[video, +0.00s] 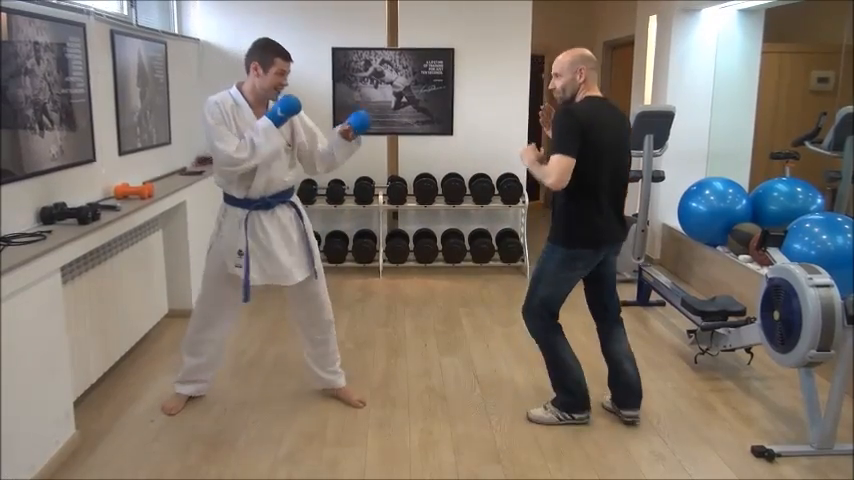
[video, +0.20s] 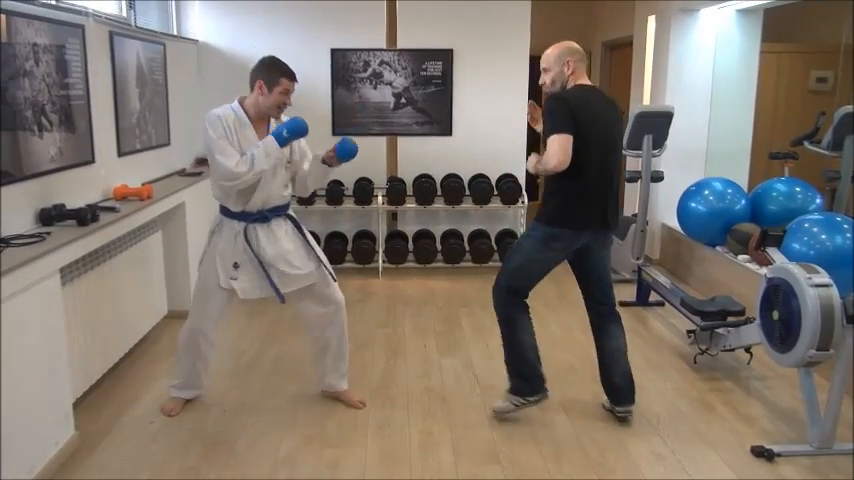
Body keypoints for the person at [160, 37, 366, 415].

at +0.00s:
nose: (284, 82)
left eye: (287, 75)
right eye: (279, 73)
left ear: (267, 73)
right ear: (255, 69)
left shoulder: (286, 111)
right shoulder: (219, 107)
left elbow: (319, 161)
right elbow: (233, 160)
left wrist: (344, 136)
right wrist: (272, 120)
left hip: (286, 215)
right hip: (238, 218)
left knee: (316, 303)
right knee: (212, 304)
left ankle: (332, 379)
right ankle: (189, 385)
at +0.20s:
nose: (287, 103)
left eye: (290, 97)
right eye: (284, 95)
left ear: (267, 91)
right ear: (259, 87)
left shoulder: (282, 128)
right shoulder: (219, 121)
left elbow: (301, 182)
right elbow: (232, 174)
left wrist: (325, 161)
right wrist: (277, 140)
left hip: (279, 228)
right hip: (232, 230)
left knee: (331, 301)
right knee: (202, 317)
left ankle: (334, 382)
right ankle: (185, 388)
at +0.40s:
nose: (282, 94)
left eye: (284, 88)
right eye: (277, 86)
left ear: (262, 85)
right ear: (253, 81)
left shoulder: (281, 120)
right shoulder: (215, 117)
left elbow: (300, 176)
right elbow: (225, 174)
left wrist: (325, 157)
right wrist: (263, 132)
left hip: (281, 224)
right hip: (233, 227)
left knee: (325, 301)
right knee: (203, 315)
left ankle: (336, 385)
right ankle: (182, 392)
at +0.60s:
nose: (273, 93)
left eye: (276, 86)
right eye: (268, 84)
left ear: (270, 87)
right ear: (243, 79)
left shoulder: (275, 122)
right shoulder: (208, 116)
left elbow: (304, 173)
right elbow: (221, 171)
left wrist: (332, 160)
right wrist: (259, 128)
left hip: (276, 222)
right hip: (227, 225)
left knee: (316, 301)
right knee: (203, 312)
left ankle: (333, 385)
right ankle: (182, 392)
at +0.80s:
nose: (260, 86)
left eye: (262, 79)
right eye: (254, 78)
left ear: (262, 80)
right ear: (228, 75)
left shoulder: (269, 112)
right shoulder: (204, 119)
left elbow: (292, 161)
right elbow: (229, 173)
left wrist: (314, 181)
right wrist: (263, 131)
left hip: (283, 217)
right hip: (235, 222)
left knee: (317, 301)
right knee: (209, 310)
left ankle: (332, 384)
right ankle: (184, 392)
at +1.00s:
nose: (230, 93)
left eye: (234, 86)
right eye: (222, 85)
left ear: (237, 87)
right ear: (199, 85)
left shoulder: (253, 117)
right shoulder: (186, 133)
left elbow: (287, 155)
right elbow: (214, 183)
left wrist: (308, 178)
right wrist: (240, 138)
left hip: (275, 220)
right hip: (226, 228)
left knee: (318, 298)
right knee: (198, 317)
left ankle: (331, 382)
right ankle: (176, 387)